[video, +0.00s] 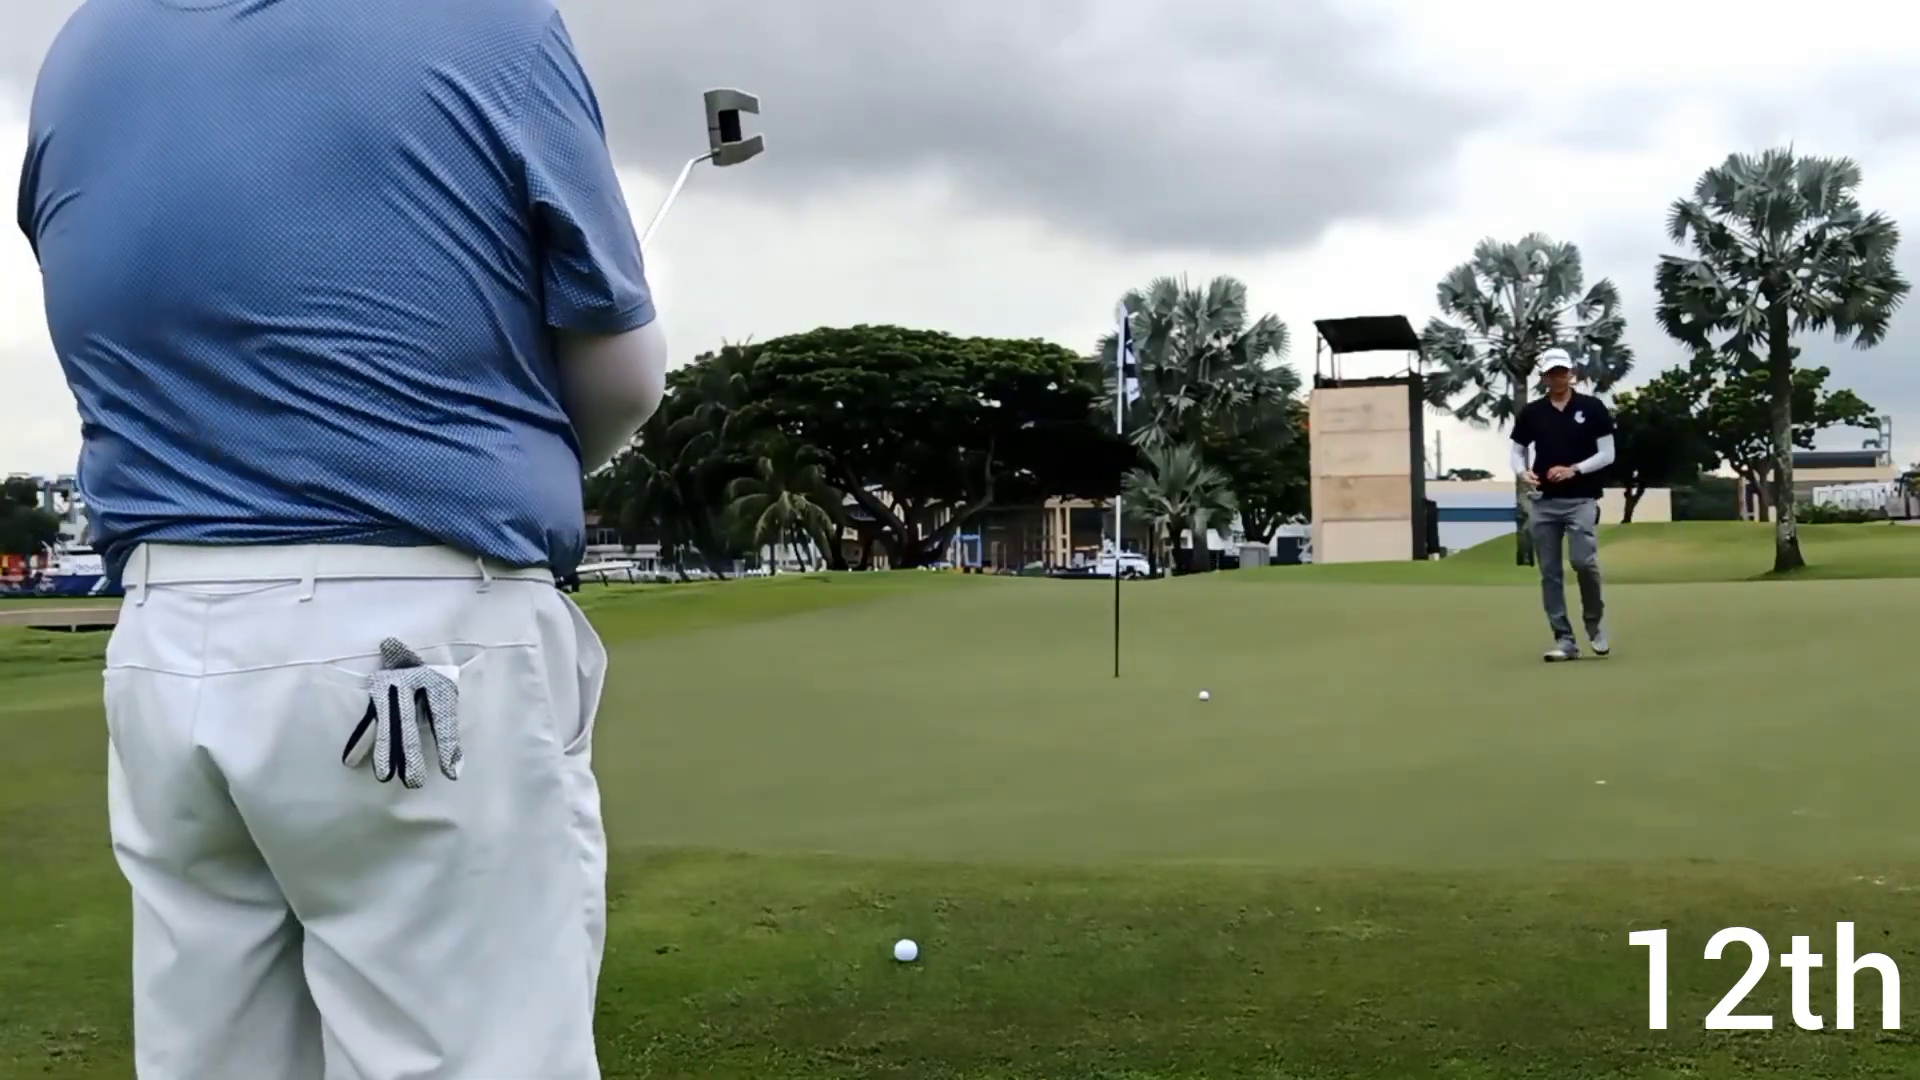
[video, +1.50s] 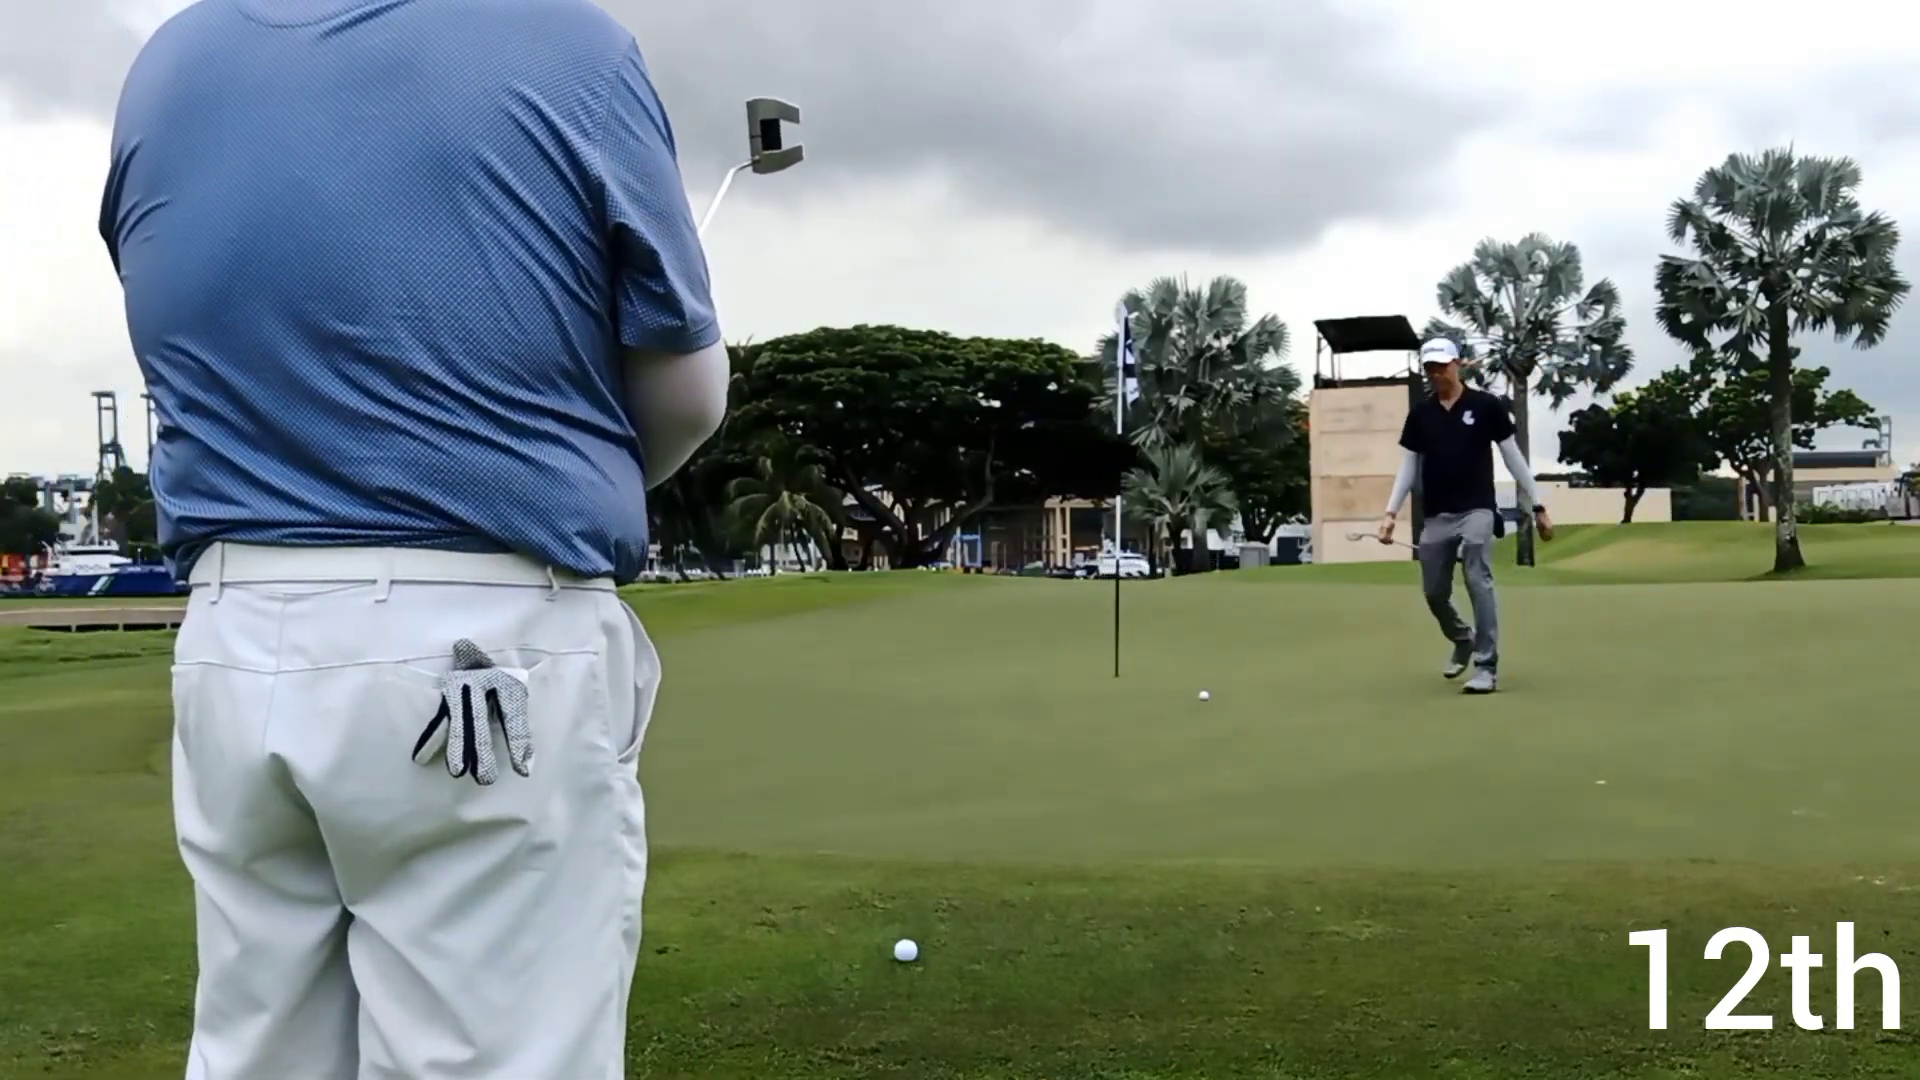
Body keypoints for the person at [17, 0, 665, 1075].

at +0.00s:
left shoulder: (89, 38)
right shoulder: (499, 25)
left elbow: (93, 314)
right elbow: (620, 373)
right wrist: (515, 456)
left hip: (170, 620)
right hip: (431, 620)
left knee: (207, 1063)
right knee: (469, 1057)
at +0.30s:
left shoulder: (111, 43)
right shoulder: (517, 30)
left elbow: (119, 324)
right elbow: (637, 378)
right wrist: (516, 476)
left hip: (189, 617)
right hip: (448, 617)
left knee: (221, 1060)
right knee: (472, 1059)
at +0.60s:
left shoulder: (132, 44)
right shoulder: (538, 33)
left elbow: (135, 322)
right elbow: (657, 382)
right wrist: (532, 473)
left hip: (209, 617)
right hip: (468, 621)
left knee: (233, 1060)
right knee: (484, 1060)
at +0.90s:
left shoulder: (151, 47)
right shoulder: (555, 34)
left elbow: (155, 323)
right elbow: (673, 384)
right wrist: (546, 483)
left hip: (224, 616)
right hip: (482, 621)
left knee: (242, 1059)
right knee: (496, 1059)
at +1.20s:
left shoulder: (163, 50)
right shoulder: (567, 37)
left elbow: (164, 332)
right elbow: (681, 388)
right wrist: (563, 486)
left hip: (235, 617)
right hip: (493, 621)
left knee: (250, 1058)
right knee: (501, 1059)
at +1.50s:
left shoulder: (172, 52)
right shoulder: (571, 40)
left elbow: (175, 333)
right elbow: (683, 390)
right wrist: (560, 492)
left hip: (238, 617)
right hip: (494, 621)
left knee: (253, 1058)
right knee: (503, 1058)